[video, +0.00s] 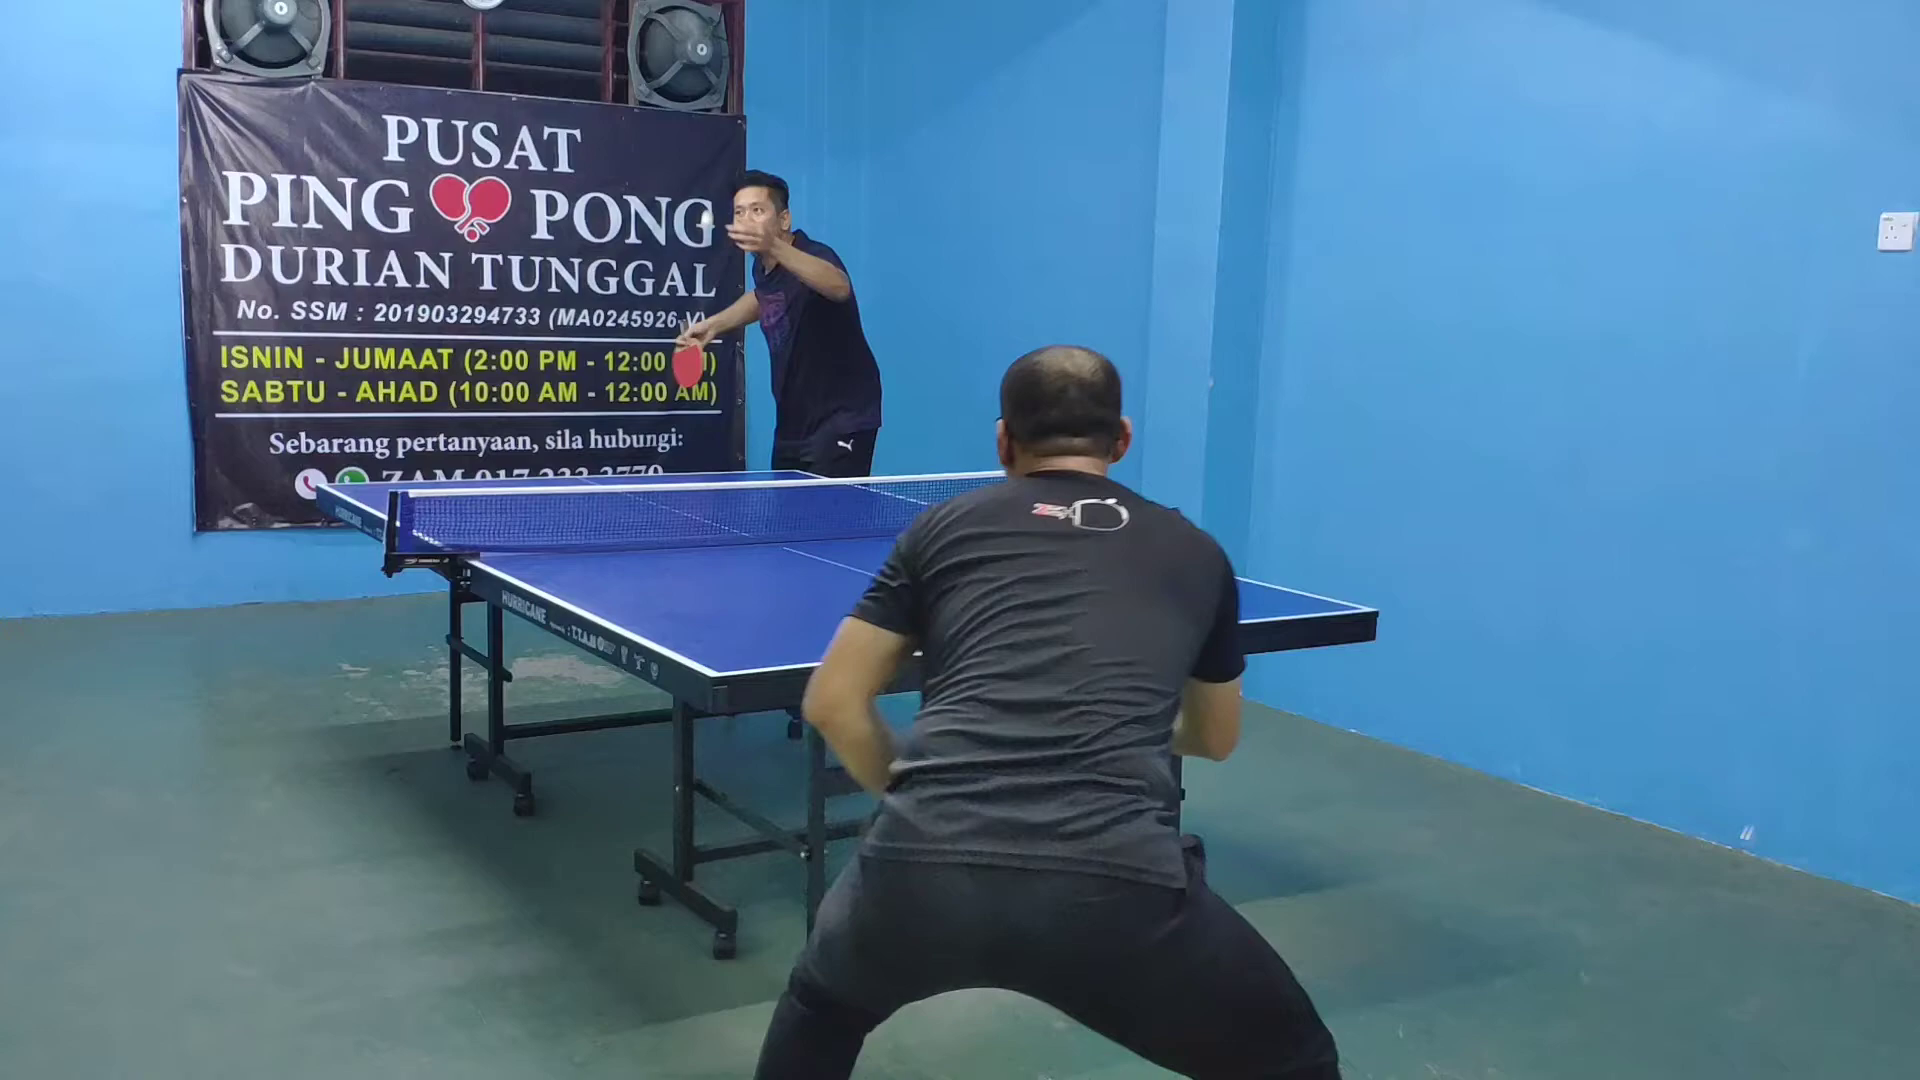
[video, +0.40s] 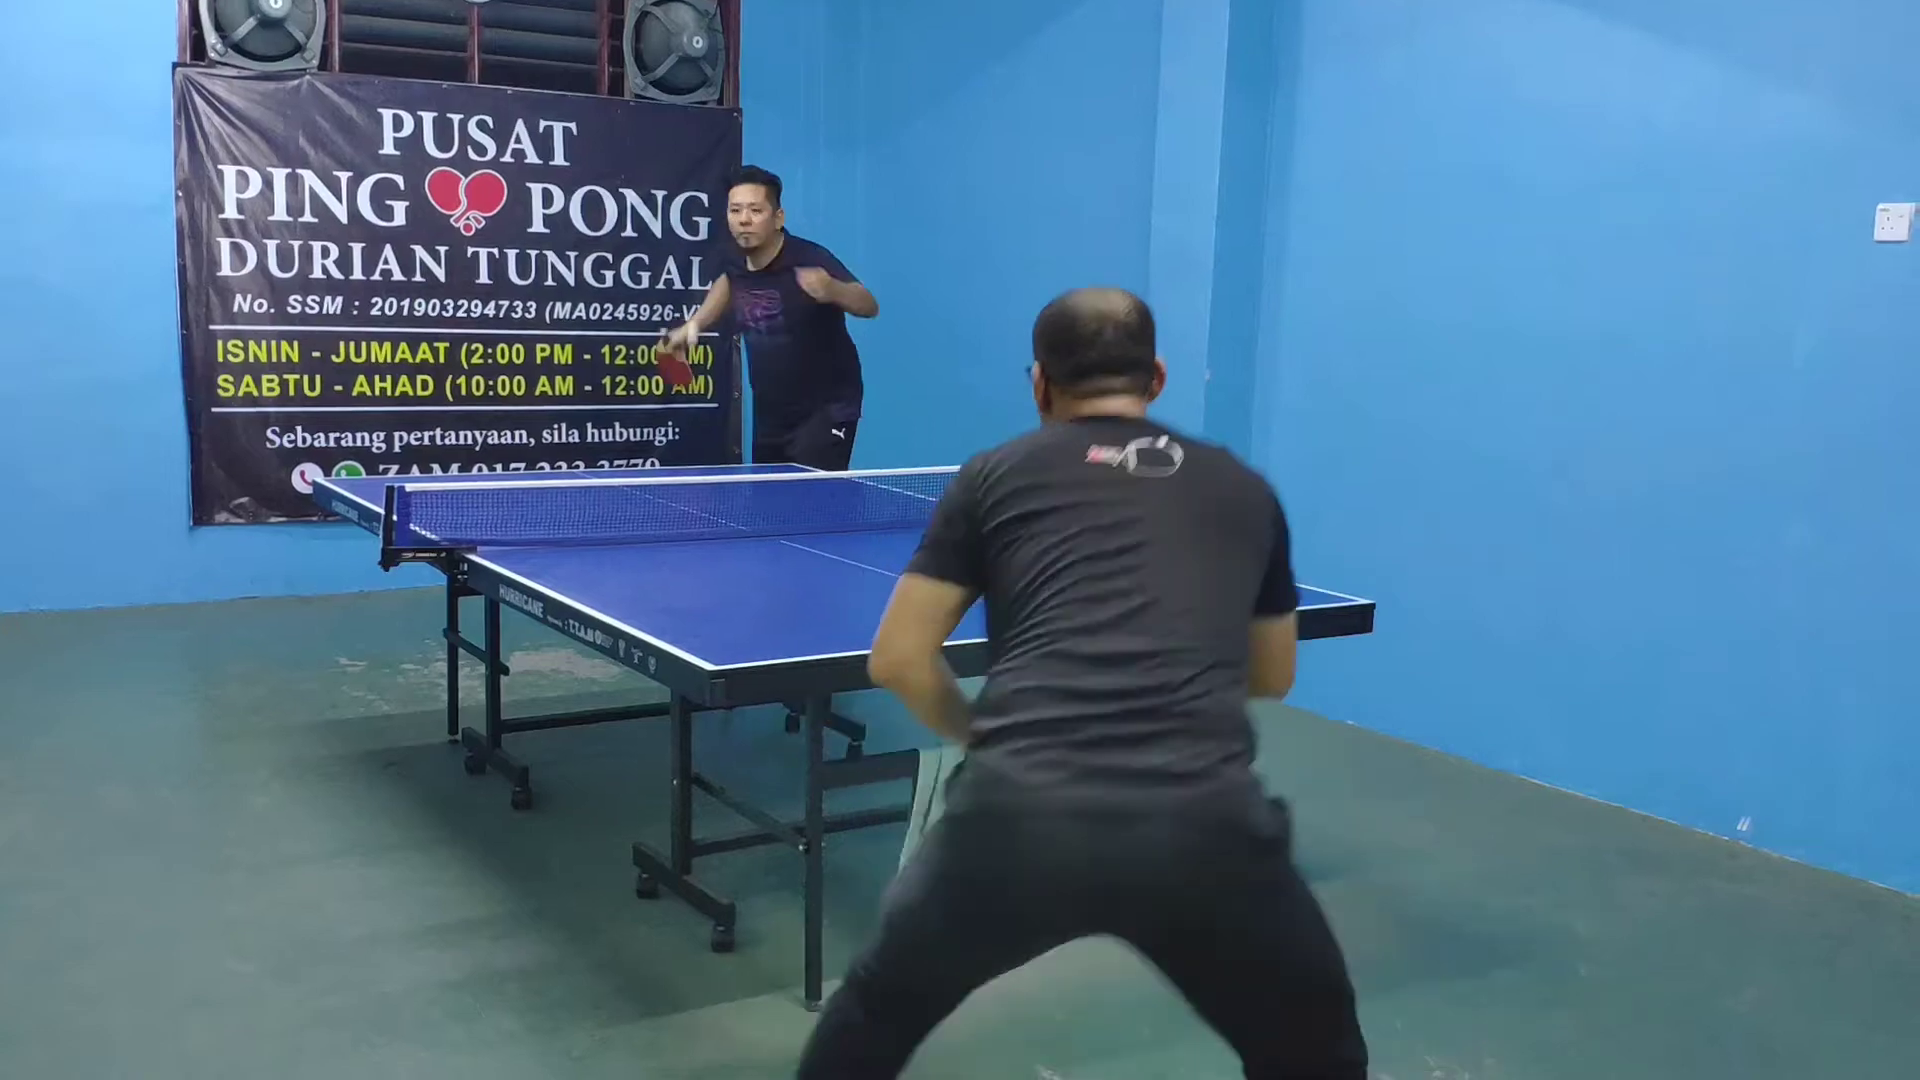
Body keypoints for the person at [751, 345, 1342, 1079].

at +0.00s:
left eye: (1000, 439)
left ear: (1004, 444)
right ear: (1122, 440)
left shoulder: (941, 527)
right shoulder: (1196, 553)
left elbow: (834, 701)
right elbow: (1213, 735)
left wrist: (912, 794)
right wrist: (1119, 717)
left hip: (919, 889)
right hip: (1111, 898)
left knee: (819, 1011)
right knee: (1296, 1057)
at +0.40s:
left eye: (1036, 379)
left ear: (1041, 385)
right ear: (1158, 378)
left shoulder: (994, 477)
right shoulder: (1244, 488)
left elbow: (900, 658)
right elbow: (1272, 673)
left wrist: (979, 733)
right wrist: (1167, 658)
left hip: (1017, 833)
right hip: (1201, 838)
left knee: (871, 1019)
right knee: (1314, 1054)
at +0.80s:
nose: (1058, 420)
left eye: (1057, 404)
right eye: (1056, 403)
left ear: (1075, 402)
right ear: (1180, 400)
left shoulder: (1050, 503)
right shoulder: (1275, 495)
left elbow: (978, 703)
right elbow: (1336, 697)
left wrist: (1068, 719)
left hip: (1150, 856)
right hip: (1319, 850)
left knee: (921, 966)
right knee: (1408, 1020)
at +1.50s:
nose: (882, 318)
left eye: (882, 304)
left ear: (894, 312)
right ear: (1010, 304)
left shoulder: (930, 398)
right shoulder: (1071, 408)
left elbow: (925, 524)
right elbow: (984, 584)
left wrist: (860, 731)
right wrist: (816, 570)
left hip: (1014, 795)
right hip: (1177, 779)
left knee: (838, 975)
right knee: (1307, 958)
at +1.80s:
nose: (1214, 370)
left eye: (1216, 357)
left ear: (1227, 368)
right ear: (1335, 370)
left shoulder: (1171, 495)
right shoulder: (1424, 495)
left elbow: (1094, 690)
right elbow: (1511, 705)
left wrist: (1191, 736)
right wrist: (1480, 764)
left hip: (1229, 861)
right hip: (1403, 862)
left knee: (1032, 991)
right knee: (1499, 1000)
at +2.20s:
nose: (1749, 275)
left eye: (1753, 253)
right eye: (1750, 251)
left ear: (1626, 243)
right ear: (1716, 244)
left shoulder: (1496, 355)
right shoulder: (1732, 389)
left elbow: (1442, 556)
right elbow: (1774, 608)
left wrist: (1467, 688)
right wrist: (1876, 805)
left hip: (1428, 718)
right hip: (1597, 747)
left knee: (1299, 944)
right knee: (1645, 972)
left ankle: (1195, 1069)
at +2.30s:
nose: (1818, 230)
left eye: (1822, 208)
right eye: (1818, 205)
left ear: (1692, 197)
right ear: (1776, 198)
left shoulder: (1553, 310)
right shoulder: (1788, 349)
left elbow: (1490, 513)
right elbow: (1786, 581)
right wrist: (1857, 772)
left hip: (1474, 685)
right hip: (1636, 716)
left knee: (1432, 927)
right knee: (1659, 975)